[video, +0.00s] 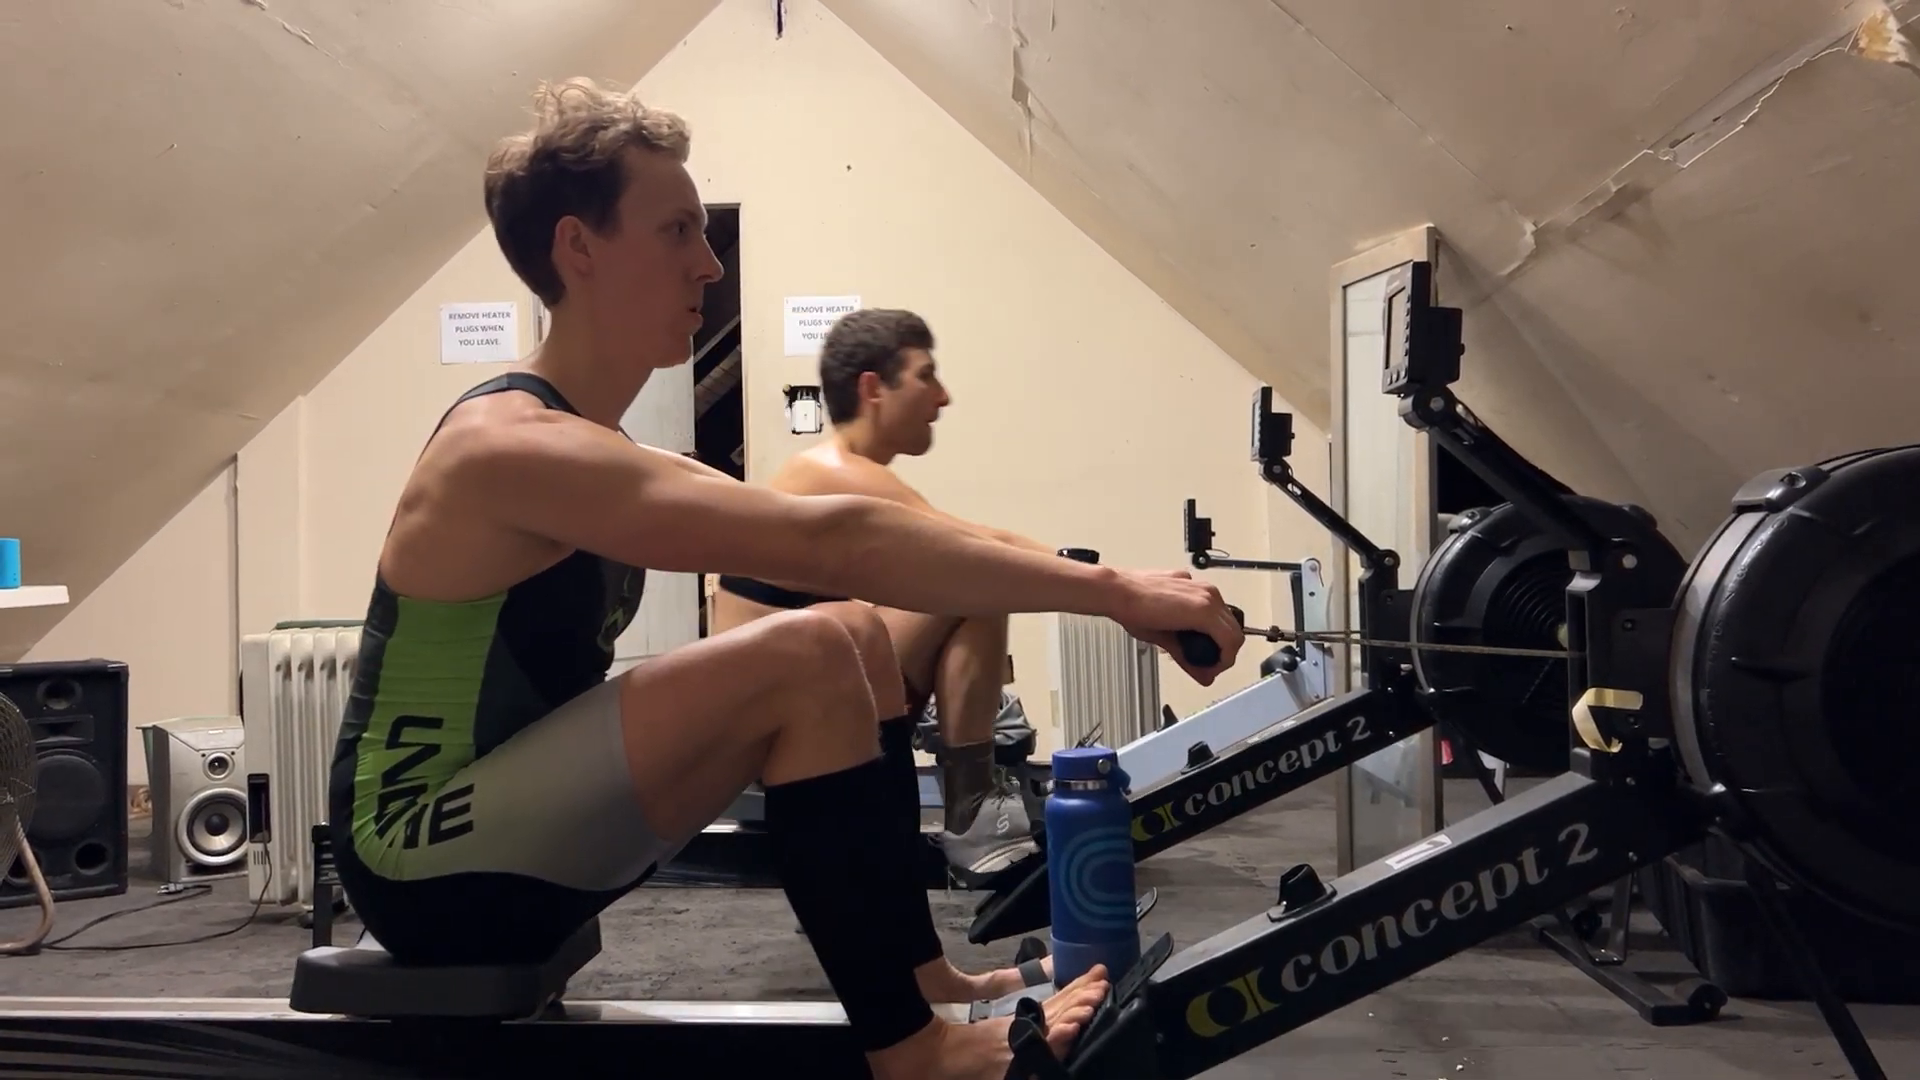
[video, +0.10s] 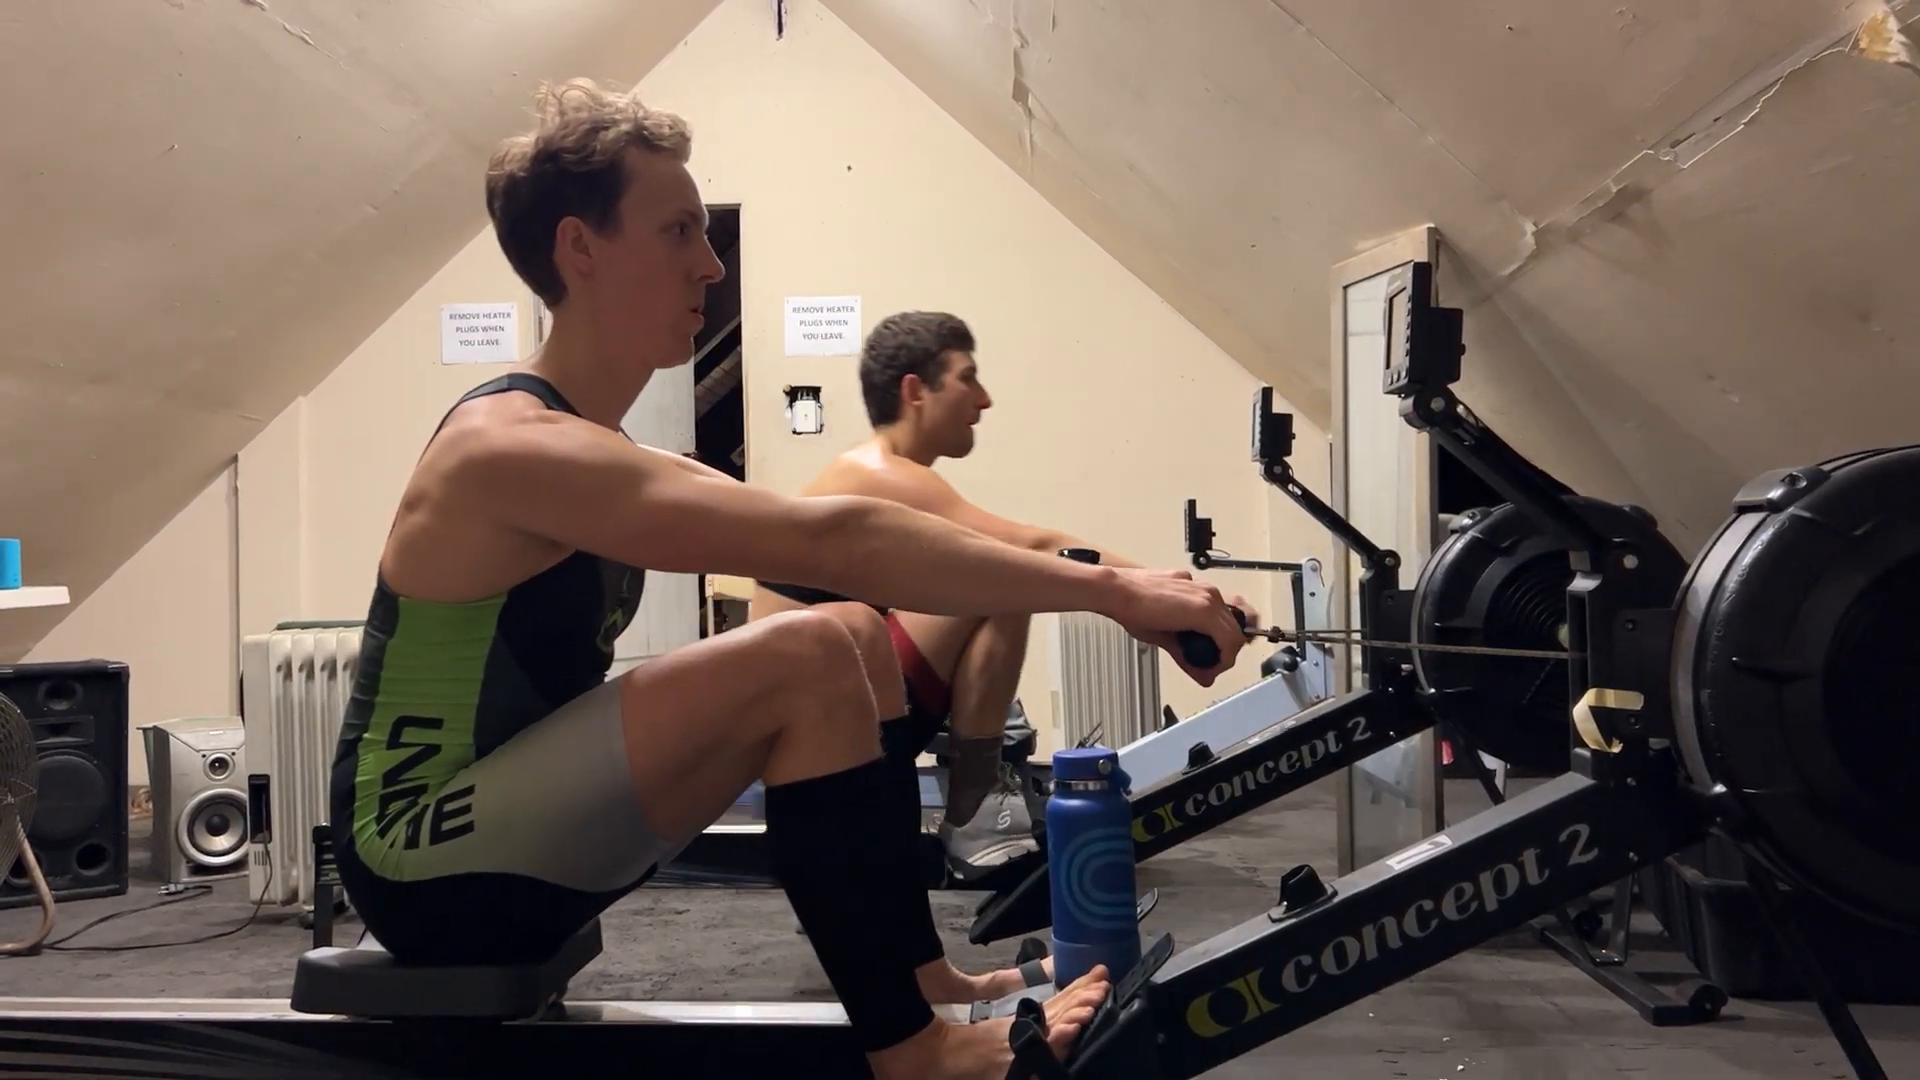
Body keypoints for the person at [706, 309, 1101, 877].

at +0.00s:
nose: (944, 397)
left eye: (937, 378)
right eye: (927, 378)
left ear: (873, 392)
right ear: (872, 390)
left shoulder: (831, 467)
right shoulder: (840, 473)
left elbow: (965, 543)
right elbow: (971, 545)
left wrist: (1071, 571)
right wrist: (1083, 574)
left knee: (974, 587)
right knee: (973, 587)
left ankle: (974, 805)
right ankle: (969, 816)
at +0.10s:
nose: (985, 399)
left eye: (978, 380)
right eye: (967, 380)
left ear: (915, 397)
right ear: (914, 394)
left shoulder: (886, 472)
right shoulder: (888, 476)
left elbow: (1022, 548)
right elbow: (1034, 549)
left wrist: (1162, 591)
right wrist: (1175, 593)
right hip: (835, 712)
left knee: (1000, 591)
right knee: (1002, 591)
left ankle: (969, 808)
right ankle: (970, 820)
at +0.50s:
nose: (944, 393)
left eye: (936, 375)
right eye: (927, 375)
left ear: (874, 392)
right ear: (874, 389)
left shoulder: (840, 467)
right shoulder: (854, 470)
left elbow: (987, 539)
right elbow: (996, 537)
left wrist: (1127, 575)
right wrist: (1138, 564)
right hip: (798, 714)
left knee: (976, 592)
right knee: (977, 590)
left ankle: (979, 802)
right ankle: (973, 818)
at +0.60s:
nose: (864, 390)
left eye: (855, 371)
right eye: (845, 371)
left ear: (788, 391)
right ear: (789, 388)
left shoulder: (748, 460)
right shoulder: (776, 466)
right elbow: (892, 555)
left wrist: (1033, 564)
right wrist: (1046, 568)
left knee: (937, 599)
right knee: (936, 595)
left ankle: (977, 809)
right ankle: (975, 814)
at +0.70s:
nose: (771, 383)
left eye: (762, 366)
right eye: (749, 366)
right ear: (696, 387)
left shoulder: (729, 469)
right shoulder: (693, 468)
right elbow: (831, 554)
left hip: (705, 658)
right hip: (660, 667)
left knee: (894, 610)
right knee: (868, 623)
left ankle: (976, 812)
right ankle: (973, 818)